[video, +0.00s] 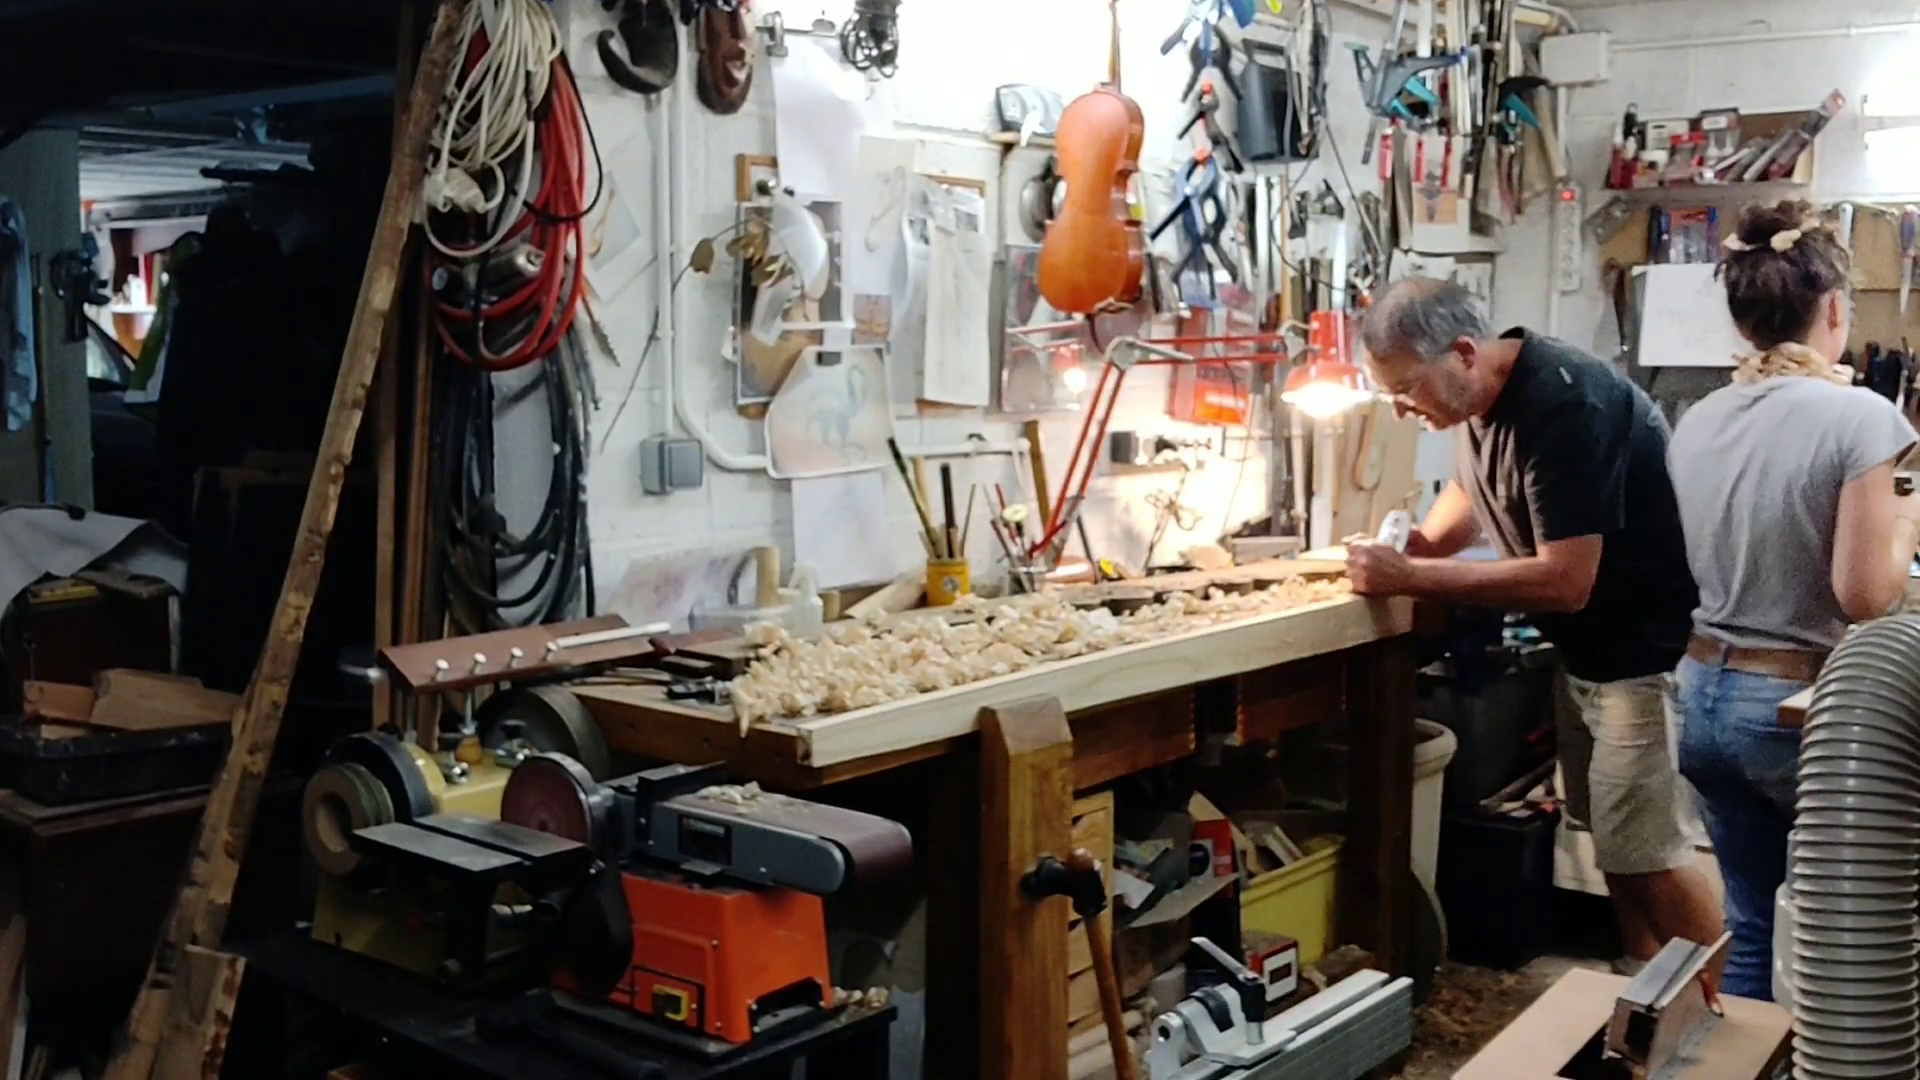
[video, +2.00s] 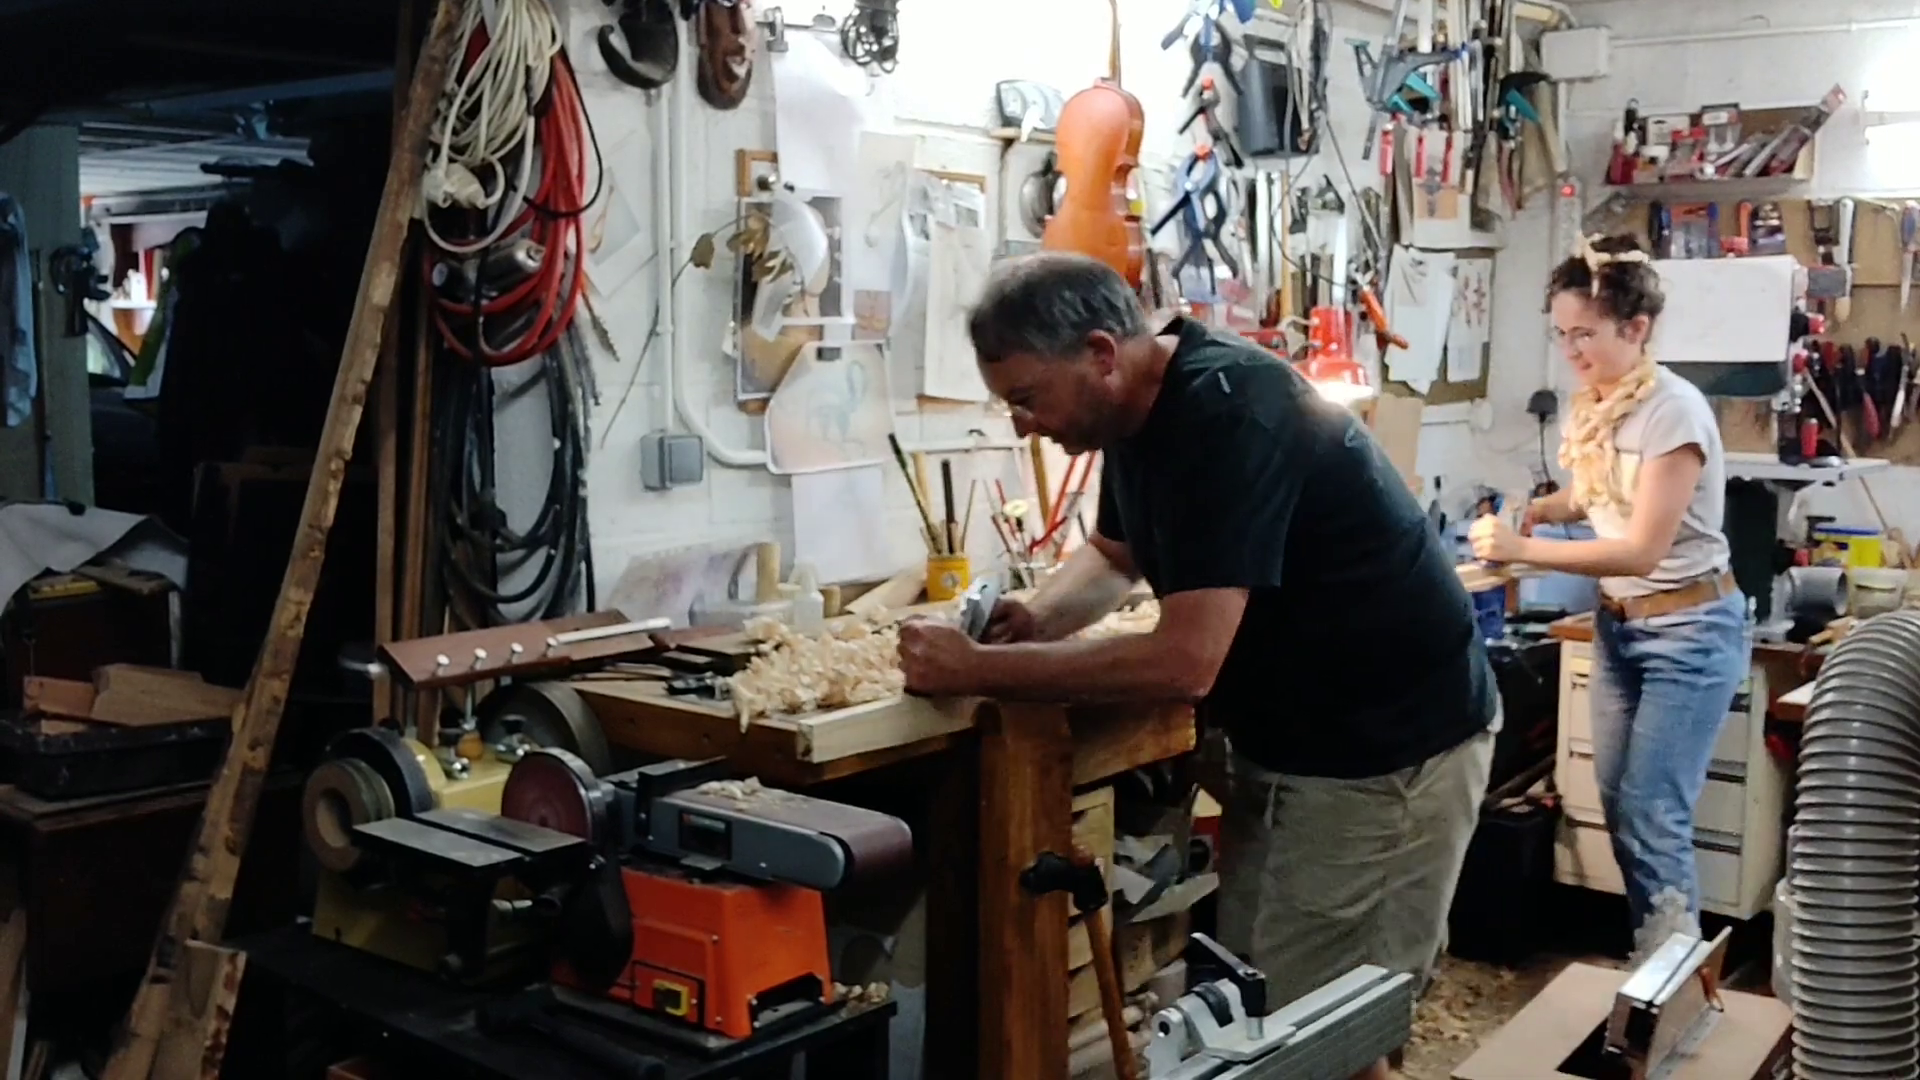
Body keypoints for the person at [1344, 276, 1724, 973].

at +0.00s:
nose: (1404, 409)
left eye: (1410, 388)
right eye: (1393, 395)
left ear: (1467, 352)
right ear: (1466, 353)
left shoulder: (1566, 404)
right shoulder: (1483, 402)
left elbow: (1568, 582)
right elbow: (1470, 494)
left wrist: (1409, 575)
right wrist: (1411, 553)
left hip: (1645, 659)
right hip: (1582, 654)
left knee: (1647, 854)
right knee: (1616, 853)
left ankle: (1728, 1013)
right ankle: (1659, 1001)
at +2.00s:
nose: (1021, 425)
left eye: (1026, 397)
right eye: (1010, 405)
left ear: (1101, 354)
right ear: (1102, 353)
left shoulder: (1230, 411)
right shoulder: (1137, 408)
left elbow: (1185, 663)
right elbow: (1115, 553)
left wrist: (975, 669)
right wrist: (1037, 616)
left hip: (1383, 752)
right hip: (1283, 741)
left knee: (1326, 1033)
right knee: (1242, 1009)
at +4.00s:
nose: (1433, 167)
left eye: (1433, 153)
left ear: (1437, 162)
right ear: (1562, 181)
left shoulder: (1337, 280)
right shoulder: (1615, 330)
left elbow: (1155, 434)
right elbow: (1707, 582)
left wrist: (1256, 397)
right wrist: (1631, 524)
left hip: (1302, 736)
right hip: (1482, 764)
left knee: (1280, 1046)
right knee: (1442, 1064)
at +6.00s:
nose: (1600, 270)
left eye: (1606, 248)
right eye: (1596, 251)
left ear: (1667, 230)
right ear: (1667, 234)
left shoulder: (1740, 324)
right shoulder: (1696, 318)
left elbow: (1699, 492)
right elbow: (1665, 457)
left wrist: (1558, 515)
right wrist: (1581, 481)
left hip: (1709, 628)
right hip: (1716, 620)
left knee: (1636, 810)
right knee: (1726, 808)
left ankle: (1632, 1009)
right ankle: (1778, 982)